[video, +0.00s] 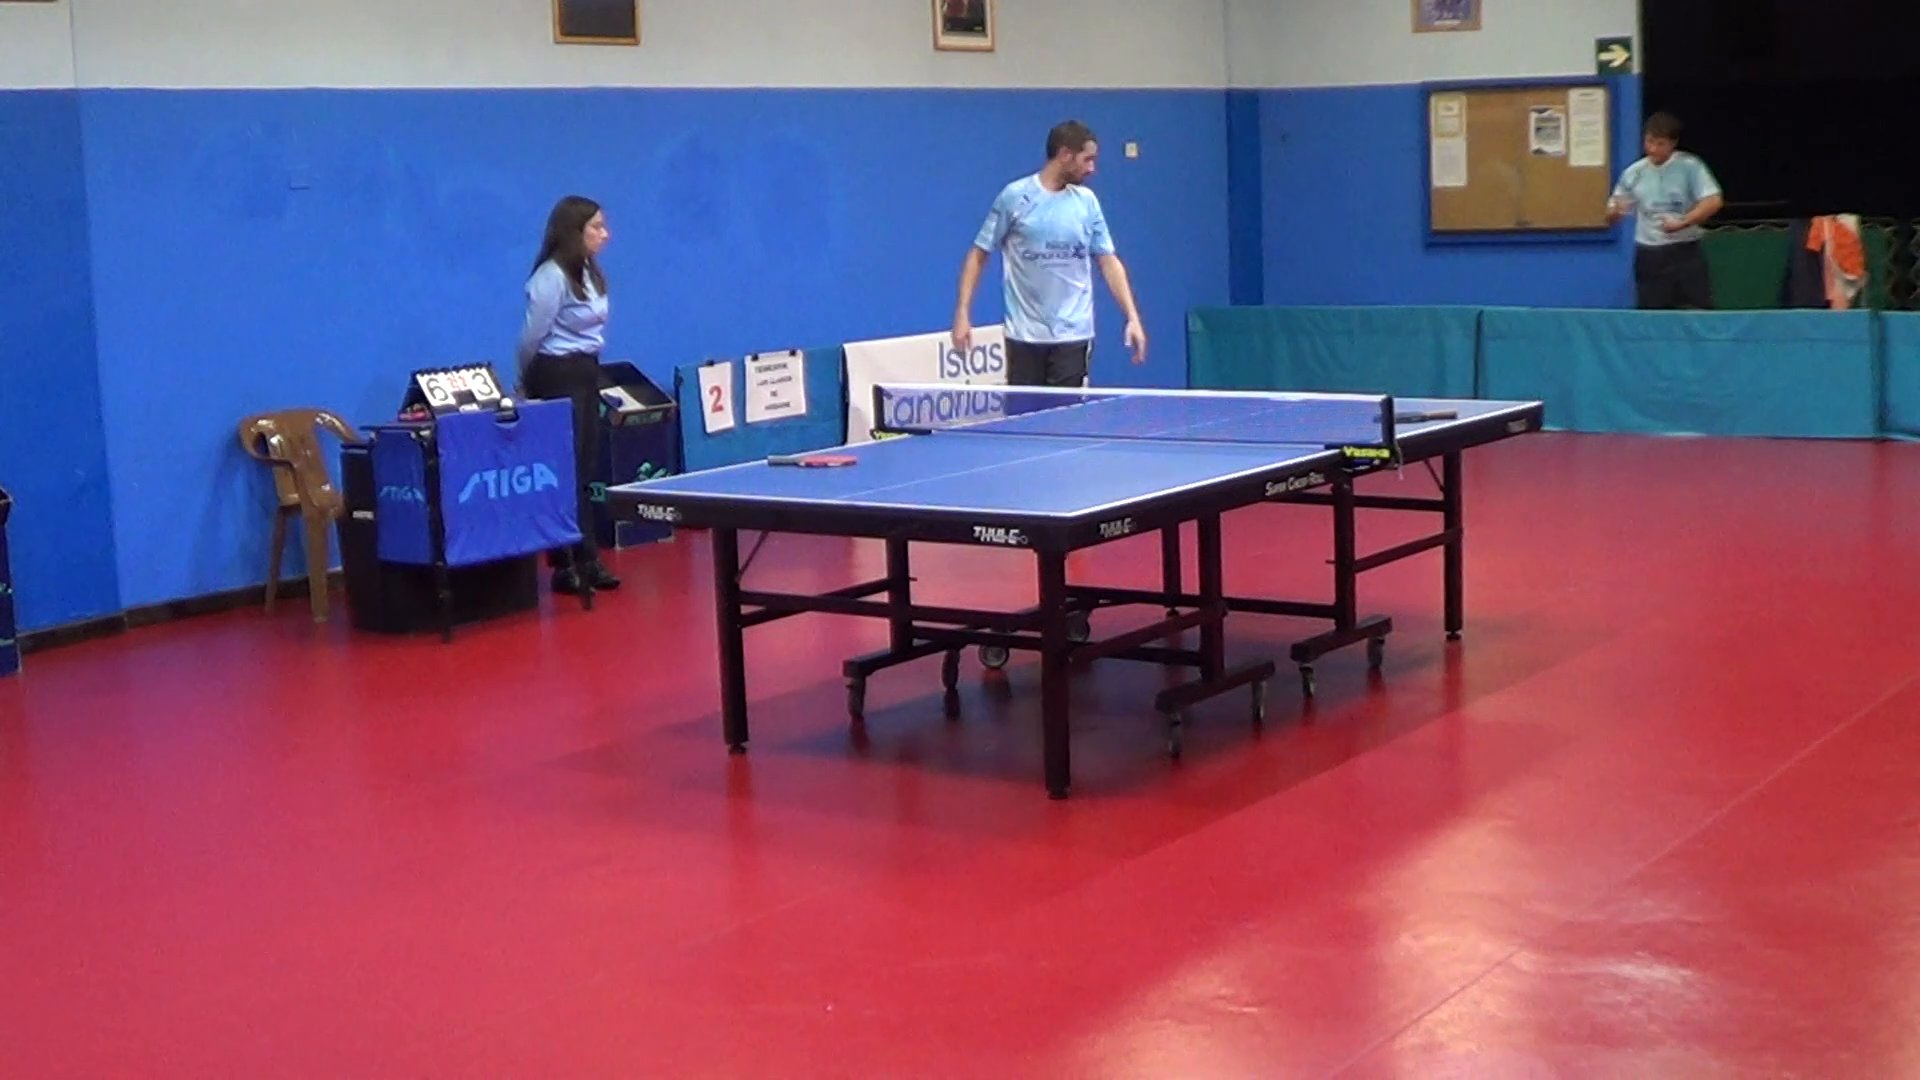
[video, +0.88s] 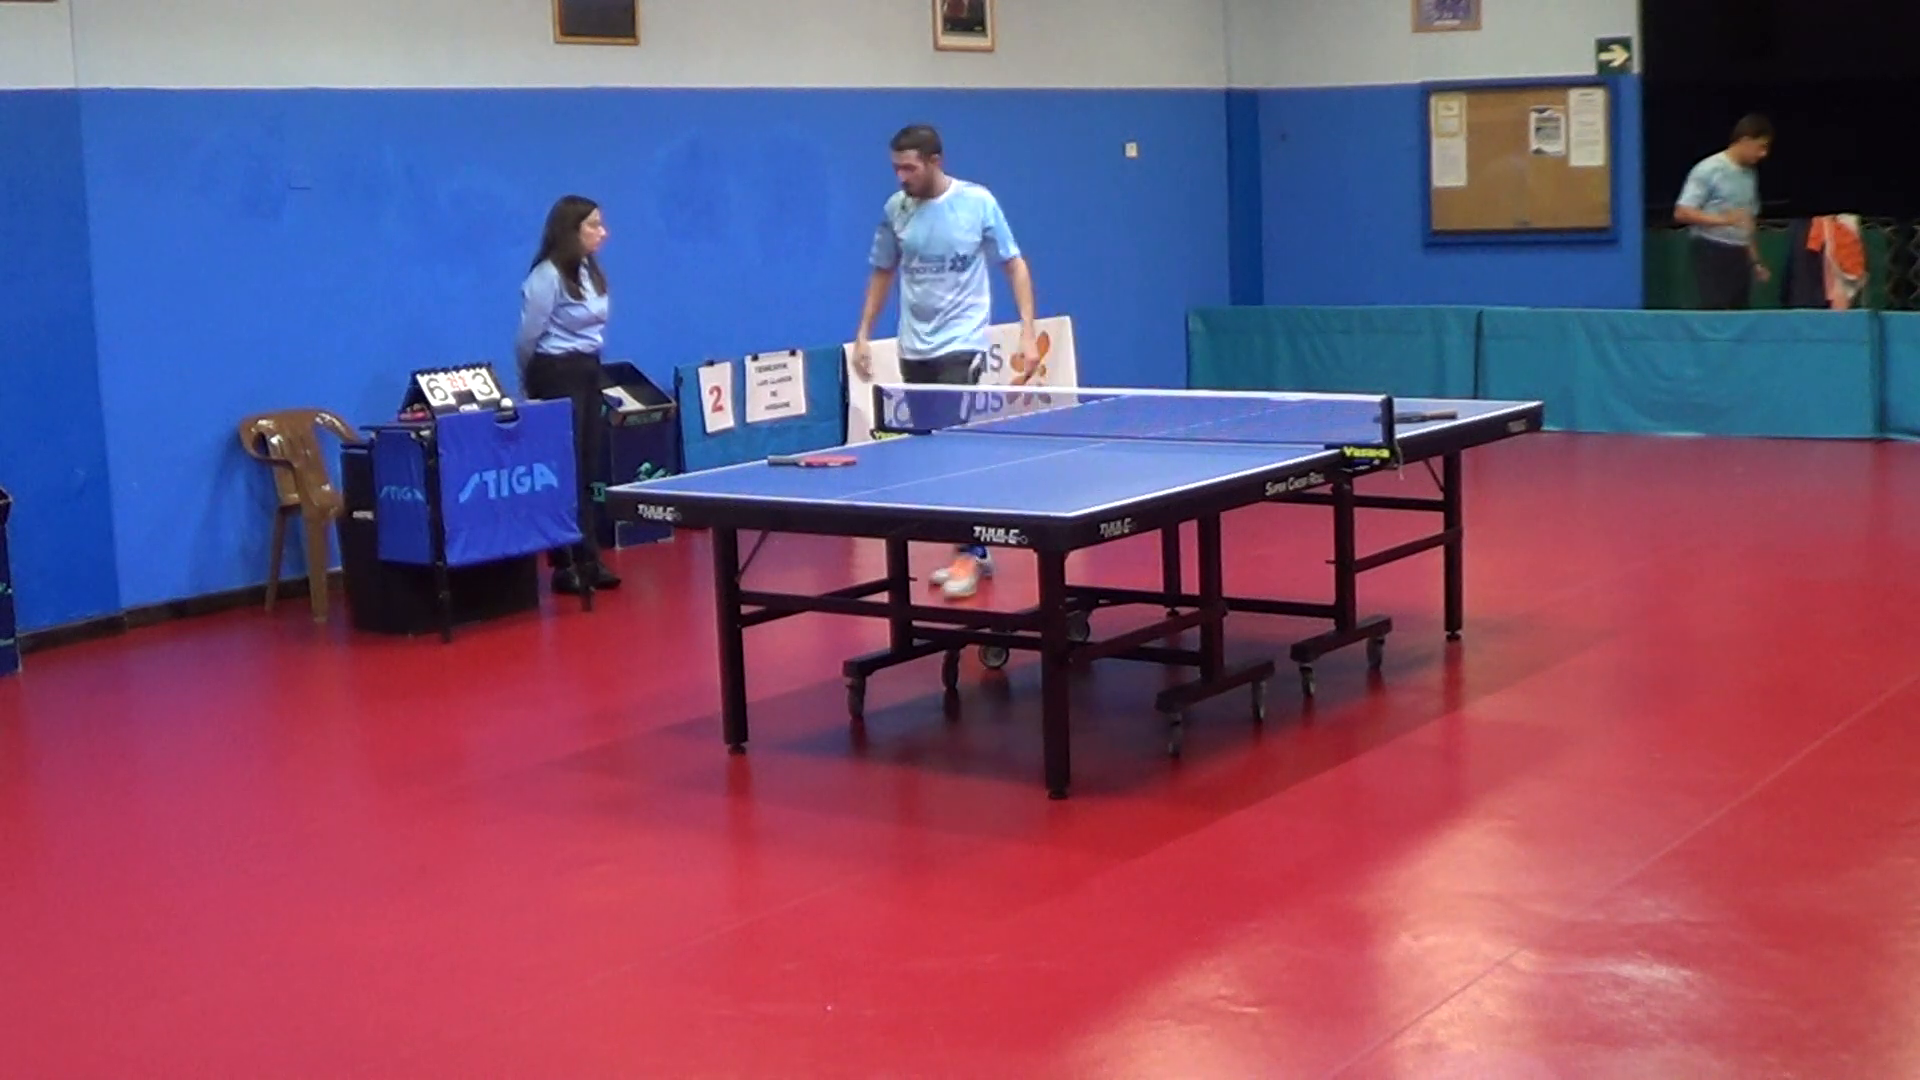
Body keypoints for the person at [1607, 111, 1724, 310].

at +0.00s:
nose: (1653, 148)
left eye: (1660, 144)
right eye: (1650, 142)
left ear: (1673, 144)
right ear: (1644, 141)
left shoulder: (1691, 166)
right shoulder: (1634, 171)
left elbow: (1713, 200)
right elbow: (1615, 203)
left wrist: (1682, 222)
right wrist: (1615, 210)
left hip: (1685, 248)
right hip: (1649, 251)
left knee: (1696, 311)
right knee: (1652, 313)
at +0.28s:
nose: (1676, 155)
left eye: (1682, 150)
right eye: (1672, 148)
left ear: (1690, 149)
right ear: (1662, 144)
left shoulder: (1705, 171)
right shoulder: (1645, 172)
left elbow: (1729, 207)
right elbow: (1619, 213)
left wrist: (1702, 217)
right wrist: (1635, 209)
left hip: (1695, 251)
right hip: (1658, 252)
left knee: (1703, 311)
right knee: (1660, 313)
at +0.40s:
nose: (1696, 150)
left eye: (1701, 145)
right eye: (1692, 143)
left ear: (1706, 146)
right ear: (1678, 139)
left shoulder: (1715, 174)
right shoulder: (1654, 173)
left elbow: (1736, 210)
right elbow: (1629, 212)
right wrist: (1647, 212)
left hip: (1703, 252)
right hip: (1664, 252)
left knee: (1706, 316)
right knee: (1664, 317)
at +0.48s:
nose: (1710, 148)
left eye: (1714, 142)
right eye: (1705, 141)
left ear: (1717, 143)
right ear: (1689, 139)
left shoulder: (1723, 176)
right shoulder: (1662, 173)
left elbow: (1735, 219)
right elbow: (1639, 211)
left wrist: (1745, 262)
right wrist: (1658, 215)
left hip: (1711, 252)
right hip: (1673, 252)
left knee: (1712, 315)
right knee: (1675, 316)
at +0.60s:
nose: (1730, 147)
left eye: (1733, 142)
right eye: (1725, 140)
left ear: (1735, 143)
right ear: (1706, 137)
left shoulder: (1736, 176)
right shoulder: (1676, 172)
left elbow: (1741, 221)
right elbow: (1651, 213)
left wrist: (1751, 262)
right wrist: (1678, 215)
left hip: (1721, 253)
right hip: (1686, 252)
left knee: (1724, 315)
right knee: (1687, 317)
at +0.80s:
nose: (1756, 154)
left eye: (1759, 148)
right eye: (1753, 147)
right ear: (1735, 141)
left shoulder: (1747, 176)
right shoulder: (1700, 170)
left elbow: (1746, 221)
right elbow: (1672, 214)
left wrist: (1753, 264)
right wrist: (1710, 217)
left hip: (1736, 251)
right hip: (1705, 249)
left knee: (1735, 314)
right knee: (1706, 315)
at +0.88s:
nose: (1763, 154)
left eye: (1766, 148)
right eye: (1761, 146)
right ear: (1744, 139)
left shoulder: (1749, 174)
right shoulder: (1708, 168)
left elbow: (1747, 223)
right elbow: (1682, 212)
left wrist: (1756, 262)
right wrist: (1724, 219)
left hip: (1739, 250)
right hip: (1711, 248)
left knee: (1739, 313)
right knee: (1716, 313)